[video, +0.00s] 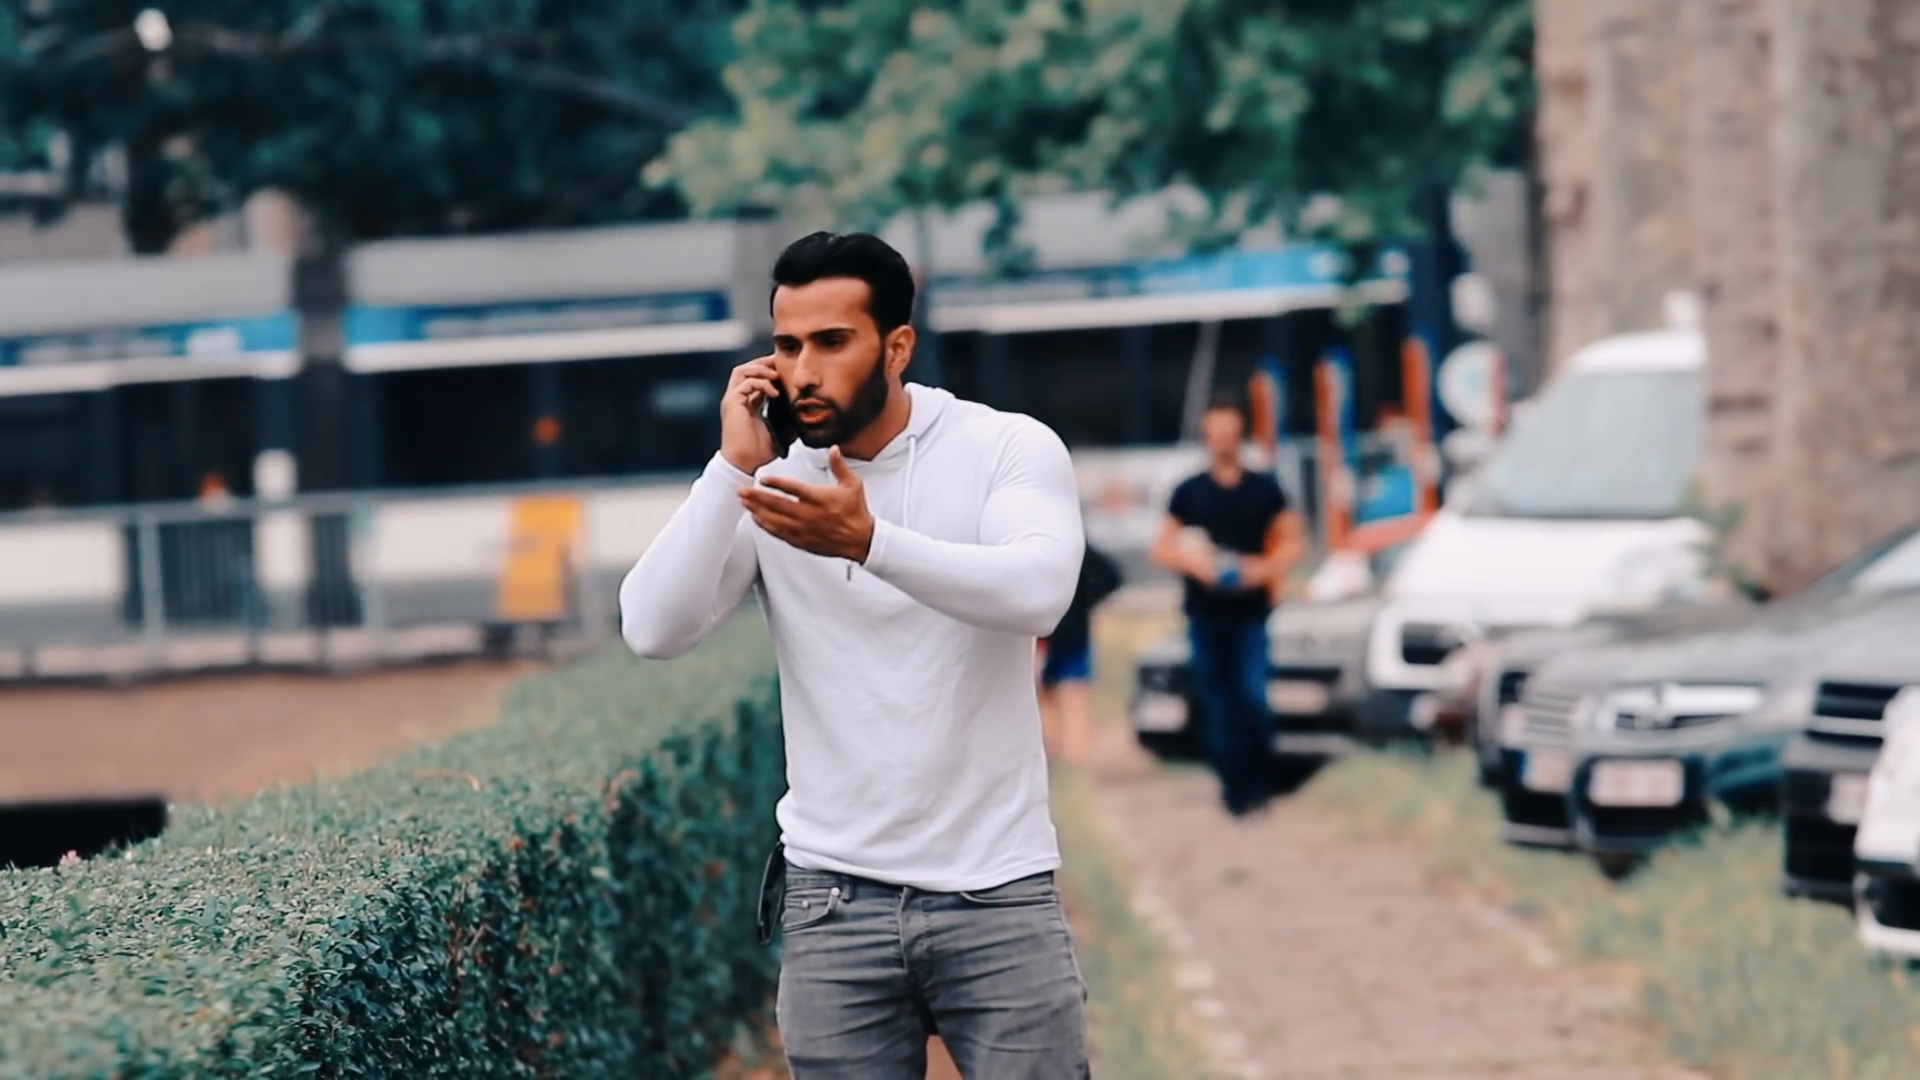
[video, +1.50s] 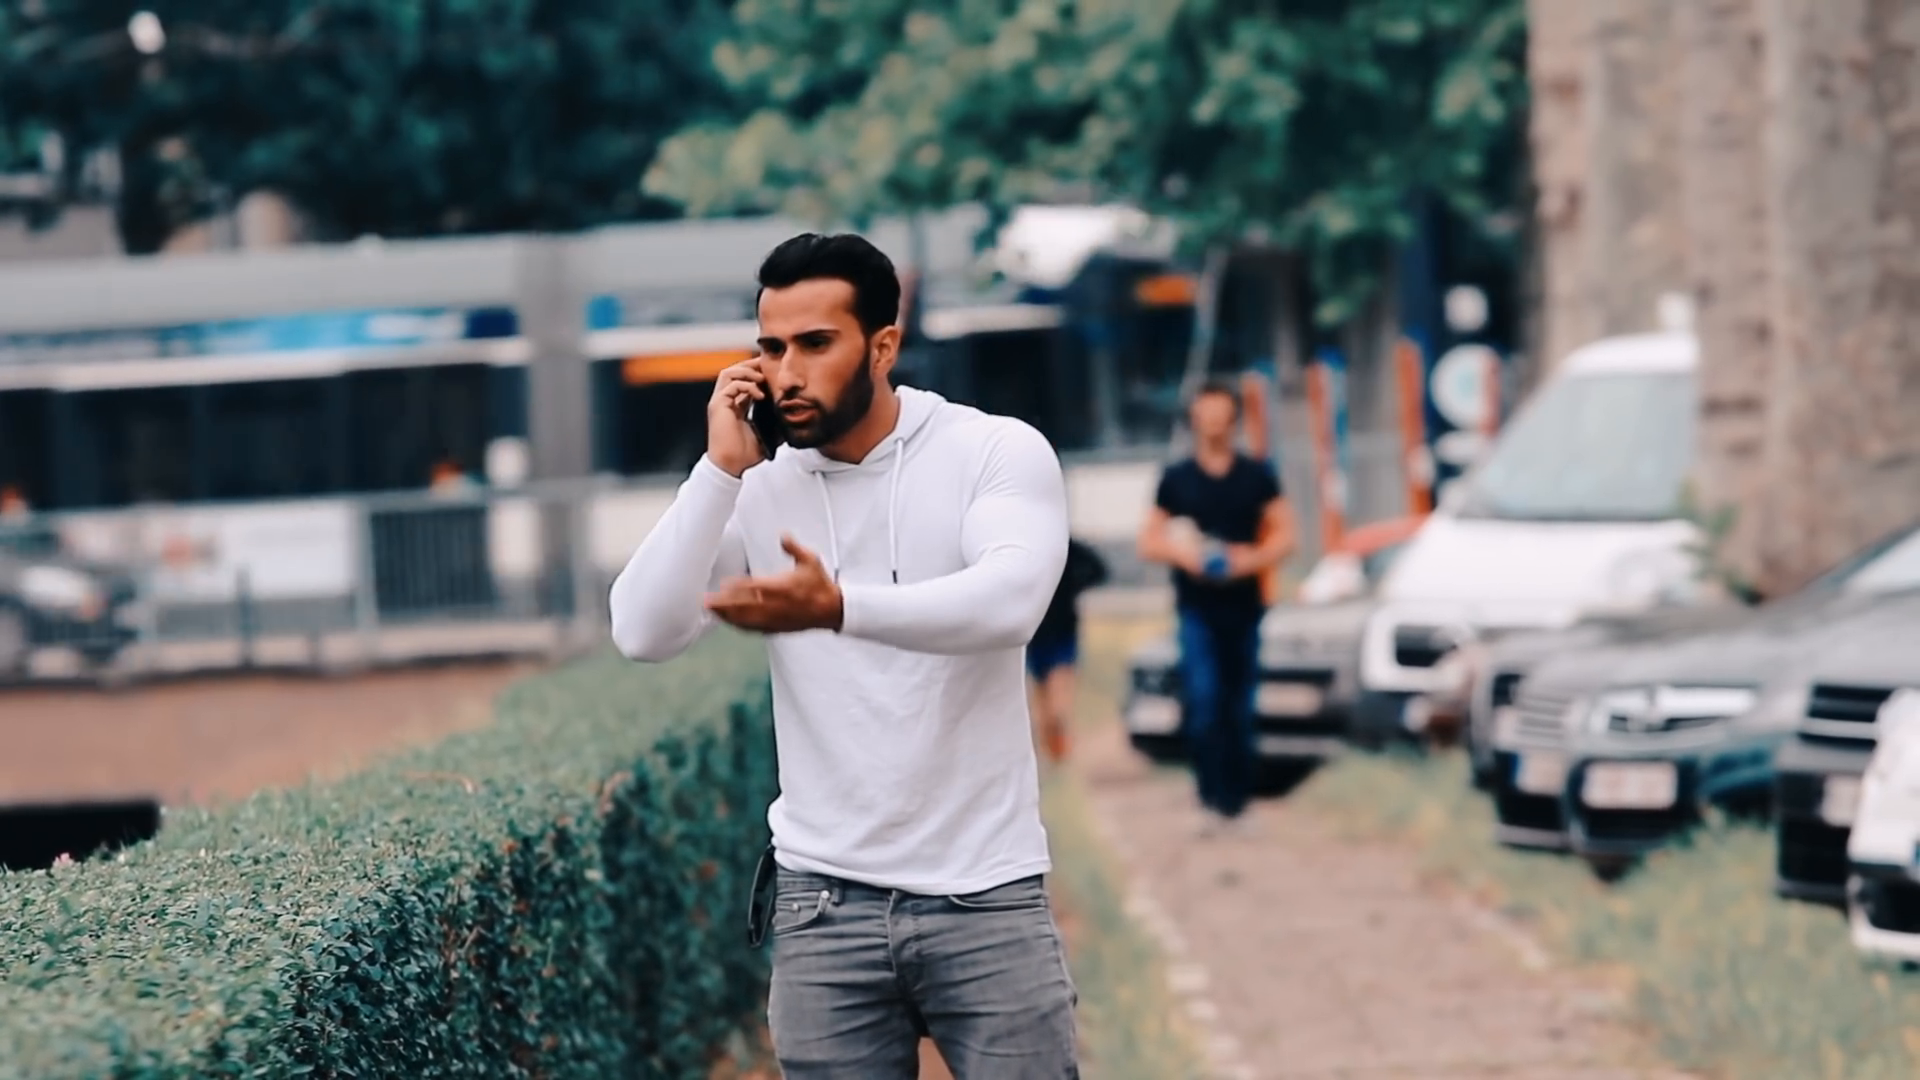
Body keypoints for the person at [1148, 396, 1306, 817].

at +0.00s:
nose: (1221, 440)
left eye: (1229, 432)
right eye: (1214, 432)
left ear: (1241, 435)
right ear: (1204, 435)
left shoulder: (1264, 488)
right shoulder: (1190, 492)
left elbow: (1291, 542)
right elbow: (1163, 547)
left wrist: (1262, 569)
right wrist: (1198, 566)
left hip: (1251, 609)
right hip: (1207, 611)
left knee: (1251, 695)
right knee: (1217, 700)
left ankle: (1258, 785)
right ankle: (1233, 787)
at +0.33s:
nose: (1224, 442)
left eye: (1231, 434)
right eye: (1216, 434)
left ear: (1242, 438)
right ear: (1205, 438)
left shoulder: (1267, 497)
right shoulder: (1185, 496)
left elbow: (1289, 552)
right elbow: (1158, 554)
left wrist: (1256, 574)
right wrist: (1200, 570)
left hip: (1251, 621)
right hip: (1206, 622)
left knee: (1247, 711)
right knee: (1206, 715)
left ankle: (1246, 797)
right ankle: (1226, 790)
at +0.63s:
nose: (1212, 445)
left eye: (1219, 436)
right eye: (1204, 437)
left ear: (1232, 438)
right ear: (1192, 441)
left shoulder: (1257, 495)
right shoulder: (1180, 500)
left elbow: (1283, 549)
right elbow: (1152, 556)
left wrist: (1251, 574)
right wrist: (1191, 570)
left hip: (1245, 614)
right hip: (1199, 614)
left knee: (1242, 705)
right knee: (1207, 701)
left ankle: (1242, 790)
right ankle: (1202, 784)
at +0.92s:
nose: (1201, 438)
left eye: (1208, 430)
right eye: (1194, 430)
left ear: (1221, 429)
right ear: (1183, 431)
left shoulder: (1246, 481)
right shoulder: (1172, 482)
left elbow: (1269, 542)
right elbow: (1144, 544)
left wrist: (1244, 567)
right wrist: (1185, 563)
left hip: (1236, 606)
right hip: (1190, 608)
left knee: (1243, 695)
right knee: (1199, 703)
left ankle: (1243, 784)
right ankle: (1212, 791)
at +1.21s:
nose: (1213, 442)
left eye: (1221, 434)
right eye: (1205, 434)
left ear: (1232, 435)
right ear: (1194, 435)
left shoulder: (1252, 489)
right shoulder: (1179, 489)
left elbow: (1276, 550)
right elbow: (1148, 550)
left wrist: (1245, 572)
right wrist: (1188, 565)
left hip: (1239, 615)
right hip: (1193, 616)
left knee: (1237, 705)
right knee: (1199, 709)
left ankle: (1242, 798)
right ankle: (1209, 798)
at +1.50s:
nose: (1214, 426)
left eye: (1222, 418)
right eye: (1206, 418)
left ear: (1234, 420)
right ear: (1193, 419)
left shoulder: (1257, 475)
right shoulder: (1178, 478)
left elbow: (1283, 536)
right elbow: (1151, 540)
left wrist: (1246, 559)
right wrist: (1187, 556)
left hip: (1244, 602)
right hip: (1197, 602)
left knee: (1239, 700)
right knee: (1204, 696)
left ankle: (1238, 793)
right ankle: (1213, 795)